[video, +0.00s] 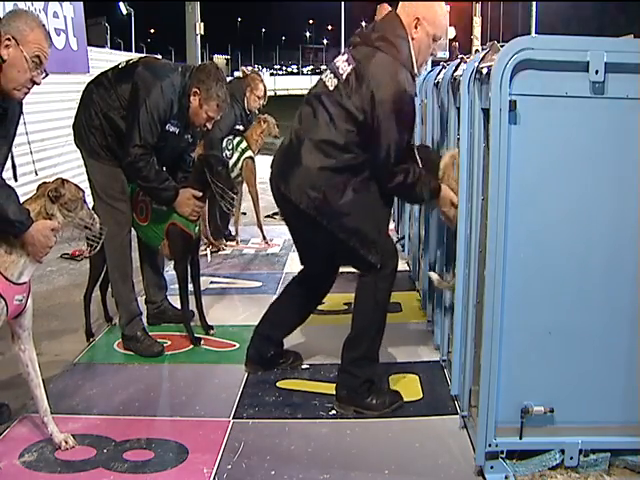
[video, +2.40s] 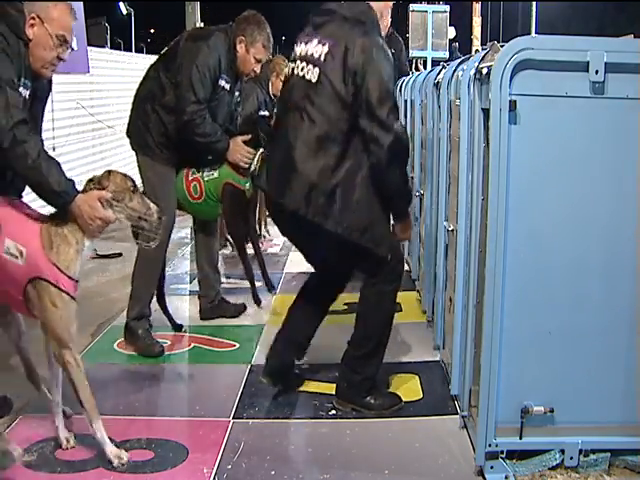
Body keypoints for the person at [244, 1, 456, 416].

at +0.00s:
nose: (437, 51)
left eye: (440, 41)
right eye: (436, 39)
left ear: (406, 21)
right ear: (413, 27)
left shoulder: (368, 49)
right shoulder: (391, 73)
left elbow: (391, 145)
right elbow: (392, 170)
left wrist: (435, 164)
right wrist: (436, 193)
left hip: (292, 173)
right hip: (324, 181)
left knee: (319, 270)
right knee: (380, 261)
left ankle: (263, 350)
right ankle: (358, 386)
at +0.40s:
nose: (426, 83)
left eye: (427, 74)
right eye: (424, 74)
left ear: (395, 63)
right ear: (404, 70)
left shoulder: (361, 87)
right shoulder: (393, 129)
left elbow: (384, 149)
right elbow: (433, 206)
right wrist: (490, 218)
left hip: (296, 229)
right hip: (325, 240)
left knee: (340, 312)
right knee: (400, 275)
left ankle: (264, 333)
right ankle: (359, 388)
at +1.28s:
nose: (405, 128)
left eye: (406, 120)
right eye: (402, 120)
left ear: (373, 109)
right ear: (380, 115)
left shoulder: (347, 128)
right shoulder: (375, 168)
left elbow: (392, 168)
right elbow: (428, 227)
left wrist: (429, 190)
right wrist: (473, 242)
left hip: (299, 270)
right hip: (320, 280)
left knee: (348, 351)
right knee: (400, 277)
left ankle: (275, 330)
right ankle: (358, 388)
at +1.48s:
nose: (399, 137)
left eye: (401, 129)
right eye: (395, 129)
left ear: (374, 116)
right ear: (374, 120)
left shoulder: (349, 135)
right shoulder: (355, 159)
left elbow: (395, 192)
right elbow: (391, 225)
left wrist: (430, 239)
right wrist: (423, 267)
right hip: (309, 281)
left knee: (358, 352)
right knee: (390, 274)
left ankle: (277, 332)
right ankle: (358, 388)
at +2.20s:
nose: (402, 84)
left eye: (404, 75)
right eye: (403, 74)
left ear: (376, 59)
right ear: (390, 66)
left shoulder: (344, 86)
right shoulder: (353, 98)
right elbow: (361, 193)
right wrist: (393, 236)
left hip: (297, 230)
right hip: (305, 234)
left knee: (349, 314)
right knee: (391, 271)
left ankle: (271, 336)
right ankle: (357, 387)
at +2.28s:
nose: (397, 58)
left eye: (400, 49)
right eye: (399, 48)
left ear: (367, 29)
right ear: (390, 39)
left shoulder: (330, 66)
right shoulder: (356, 78)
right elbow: (373, 169)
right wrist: (397, 230)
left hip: (290, 208)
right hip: (311, 211)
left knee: (349, 288)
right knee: (390, 272)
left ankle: (272, 339)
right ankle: (358, 386)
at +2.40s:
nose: (391, 19)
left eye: (392, 11)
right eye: (391, 10)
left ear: (352, 3)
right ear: (377, 5)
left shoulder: (313, 31)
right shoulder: (367, 46)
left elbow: (294, 114)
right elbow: (383, 138)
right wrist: (401, 211)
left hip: (285, 187)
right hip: (327, 191)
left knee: (334, 265)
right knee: (387, 265)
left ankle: (281, 362)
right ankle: (358, 385)